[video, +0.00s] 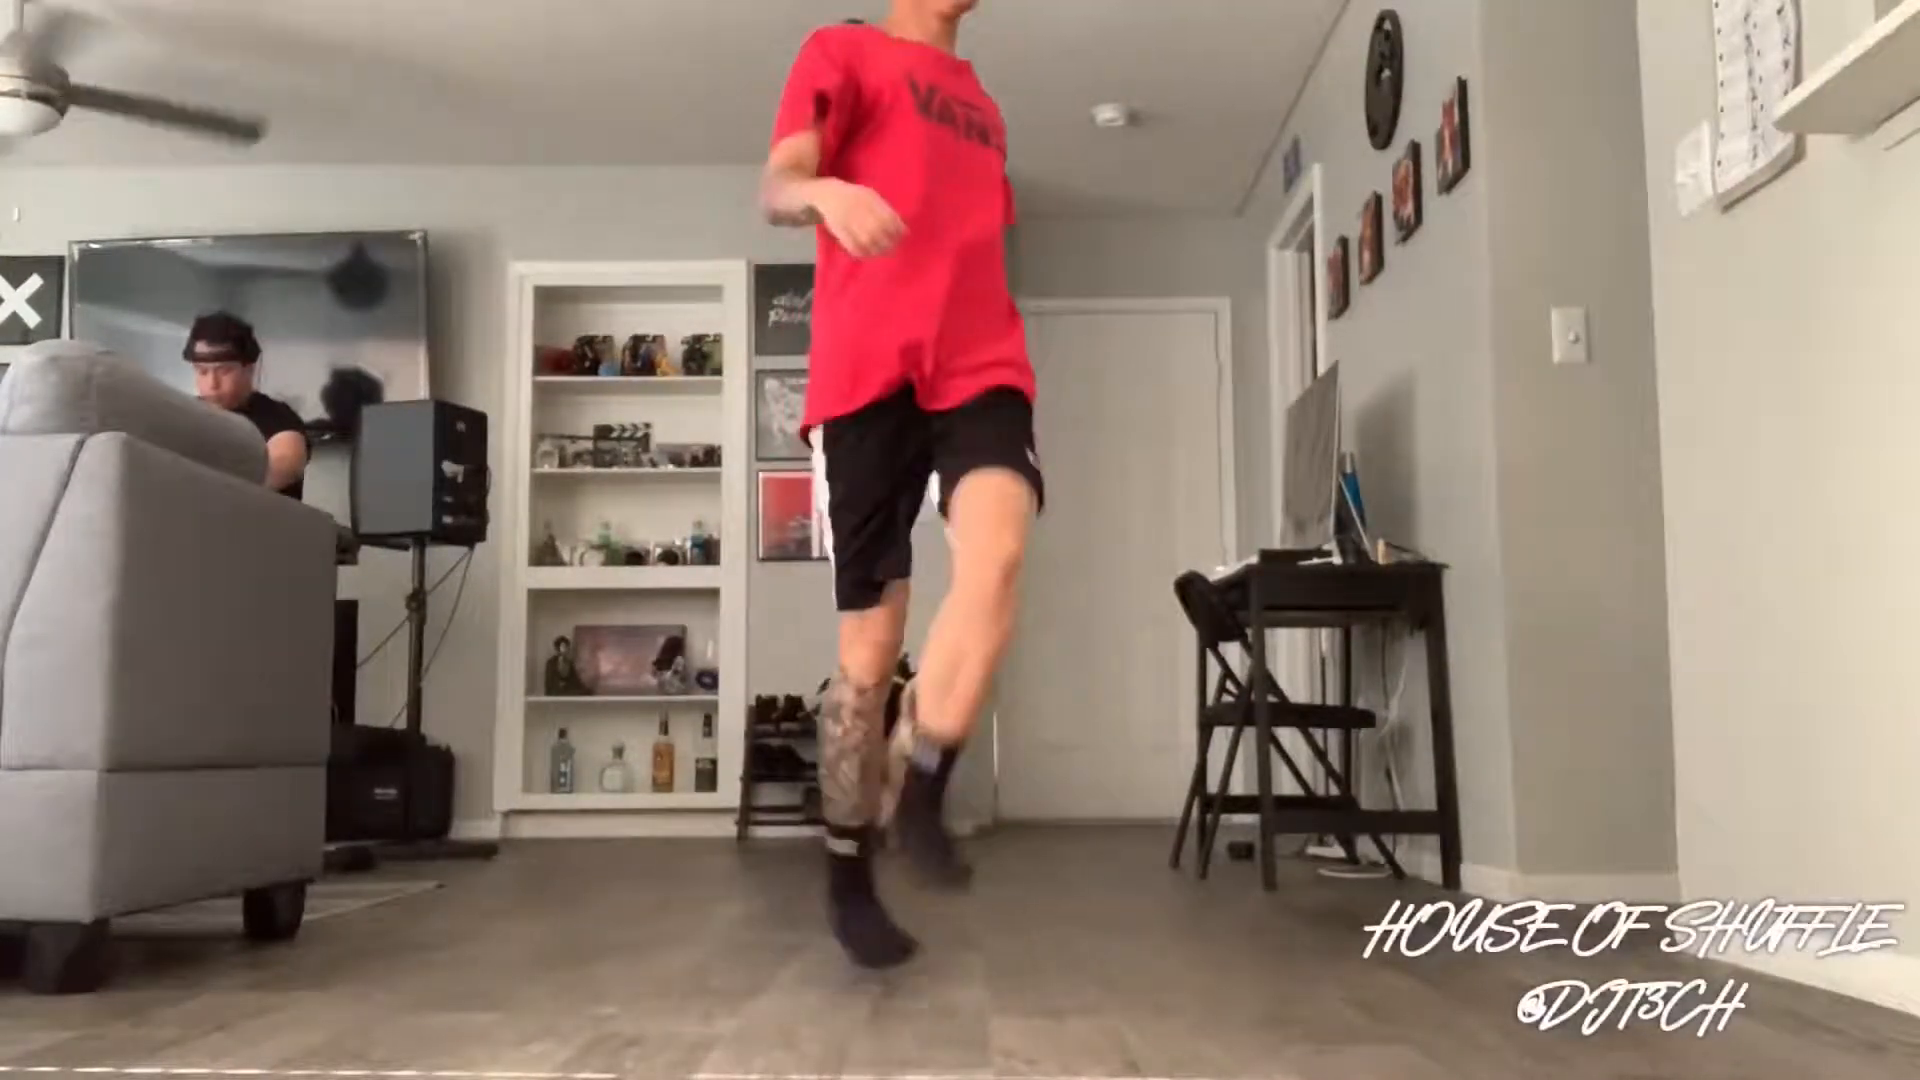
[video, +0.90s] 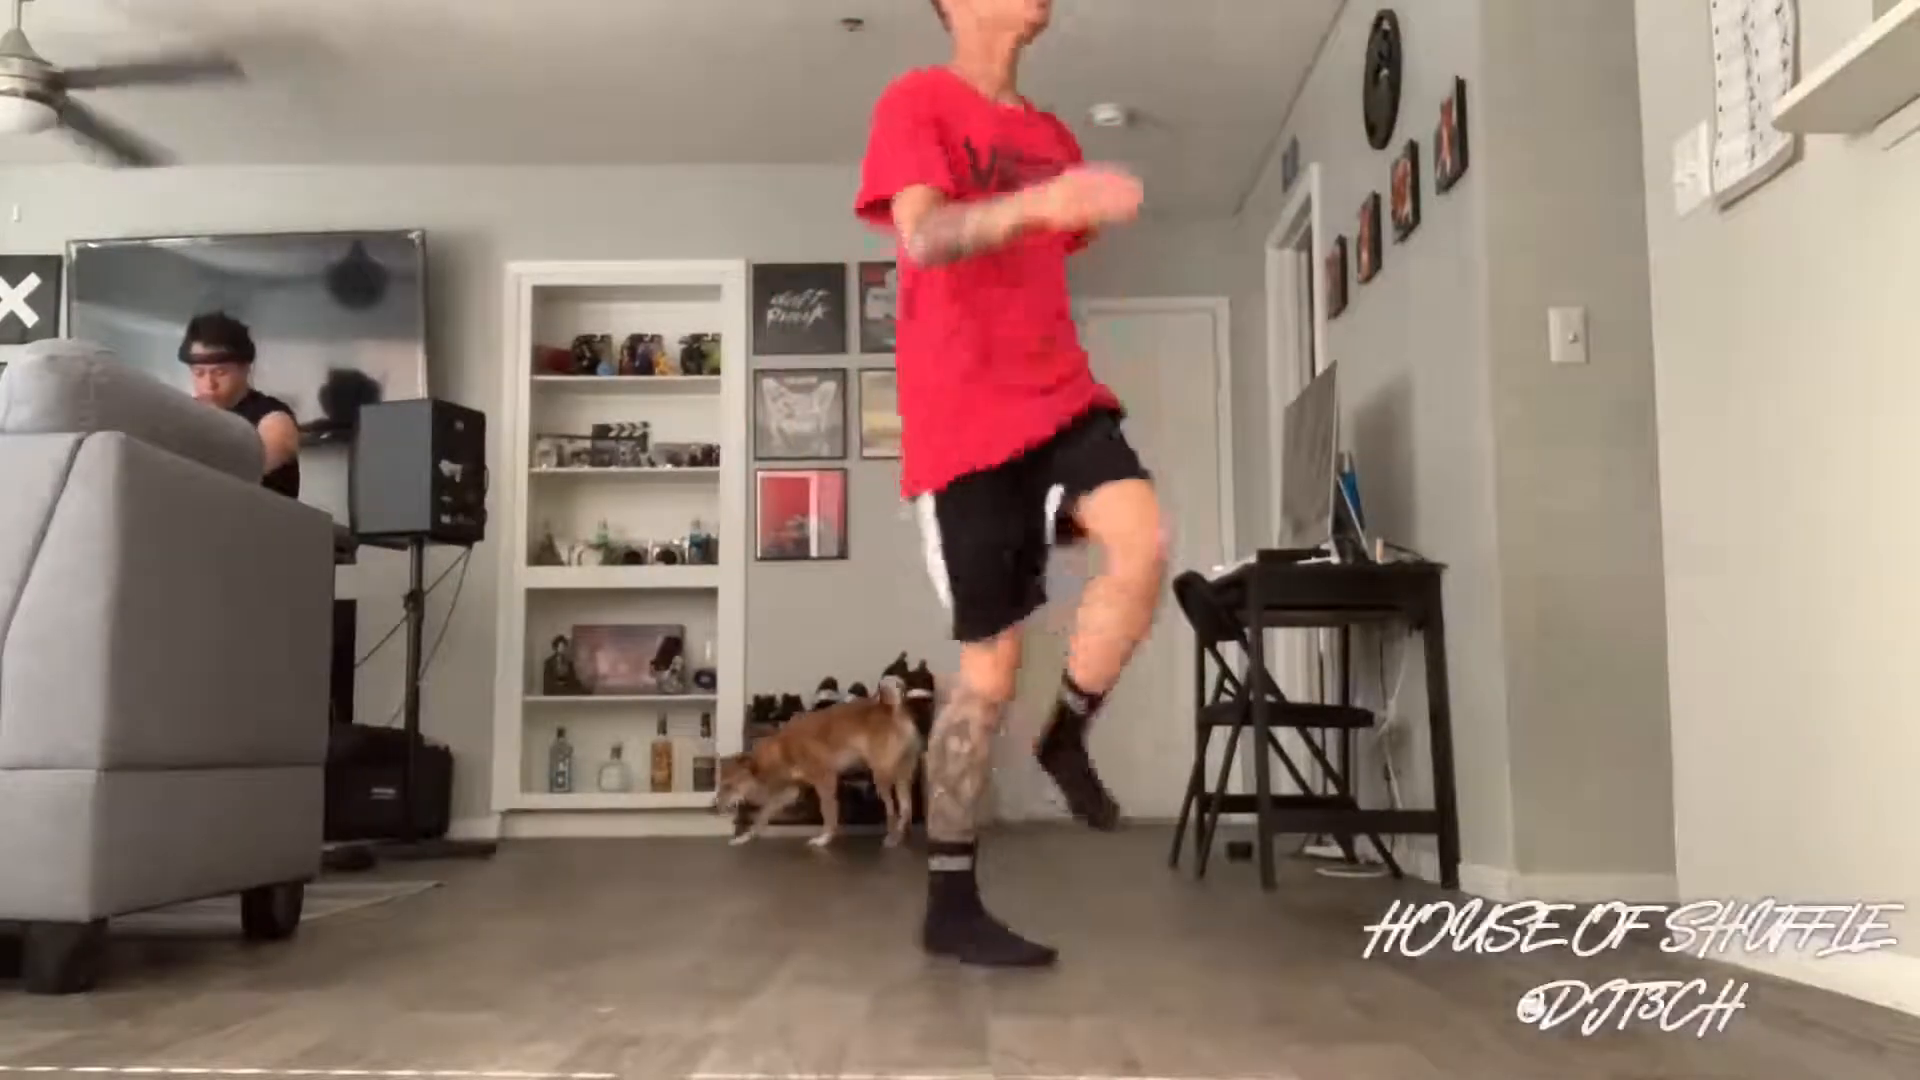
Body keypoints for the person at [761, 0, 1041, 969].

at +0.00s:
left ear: (960, 5)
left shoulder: (978, 101)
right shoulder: (842, 48)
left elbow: (977, 234)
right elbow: (778, 186)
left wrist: (990, 342)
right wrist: (827, 192)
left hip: (980, 363)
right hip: (868, 366)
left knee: (997, 553)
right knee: (874, 636)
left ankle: (921, 785)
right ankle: (848, 870)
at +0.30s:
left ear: (979, 8)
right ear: (936, 3)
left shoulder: (1033, 112)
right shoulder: (854, 83)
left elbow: (1051, 254)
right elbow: (817, 235)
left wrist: (1079, 302)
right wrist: (805, 351)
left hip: (997, 375)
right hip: (883, 371)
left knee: (959, 632)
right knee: (941, 557)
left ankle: (940, 906)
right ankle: (843, 728)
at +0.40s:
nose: (966, 1)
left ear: (981, 2)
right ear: (936, 1)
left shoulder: (1046, 99)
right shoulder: (863, 85)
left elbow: (1099, 238)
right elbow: (817, 251)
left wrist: (1156, 195)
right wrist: (786, 399)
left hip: (1000, 387)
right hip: (889, 366)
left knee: (965, 651)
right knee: (991, 493)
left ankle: (946, 918)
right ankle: (897, 699)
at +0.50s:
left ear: (983, 1)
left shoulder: (1051, 92)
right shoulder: (864, 95)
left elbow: (1129, 191)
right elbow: (812, 265)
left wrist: (1170, 98)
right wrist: (769, 404)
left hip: (1023, 392)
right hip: (914, 381)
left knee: (959, 642)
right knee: (994, 579)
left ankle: (906, 875)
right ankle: (990, 828)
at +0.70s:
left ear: (1009, 8)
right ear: (930, 4)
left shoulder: (1051, 104)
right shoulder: (879, 108)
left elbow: (1130, 209)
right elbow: (848, 278)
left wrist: (1203, 212)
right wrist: (845, 412)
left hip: (1053, 411)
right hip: (948, 416)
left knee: (1025, 672)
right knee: (983, 663)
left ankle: (928, 835)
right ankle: (1001, 915)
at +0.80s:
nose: (1013, 2)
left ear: (1022, 16)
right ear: (939, 7)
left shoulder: (1056, 132)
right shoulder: (895, 116)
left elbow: (1098, 277)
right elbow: (878, 277)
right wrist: (970, 326)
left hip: (1054, 413)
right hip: (950, 418)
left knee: (1102, 607)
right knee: (976, 667)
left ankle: (983, 718)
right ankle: (937, 906)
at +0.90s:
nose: (1037, 3)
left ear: (1028, 20)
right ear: (959, 5)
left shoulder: (1049, 133)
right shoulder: (917, 100)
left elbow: (1041, 253)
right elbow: (923, 232)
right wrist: (1048, 204)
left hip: (1059, 399)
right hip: (965, 420)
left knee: (1141, 543)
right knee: (989, 672)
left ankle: (1064, 735)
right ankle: (951, 902)